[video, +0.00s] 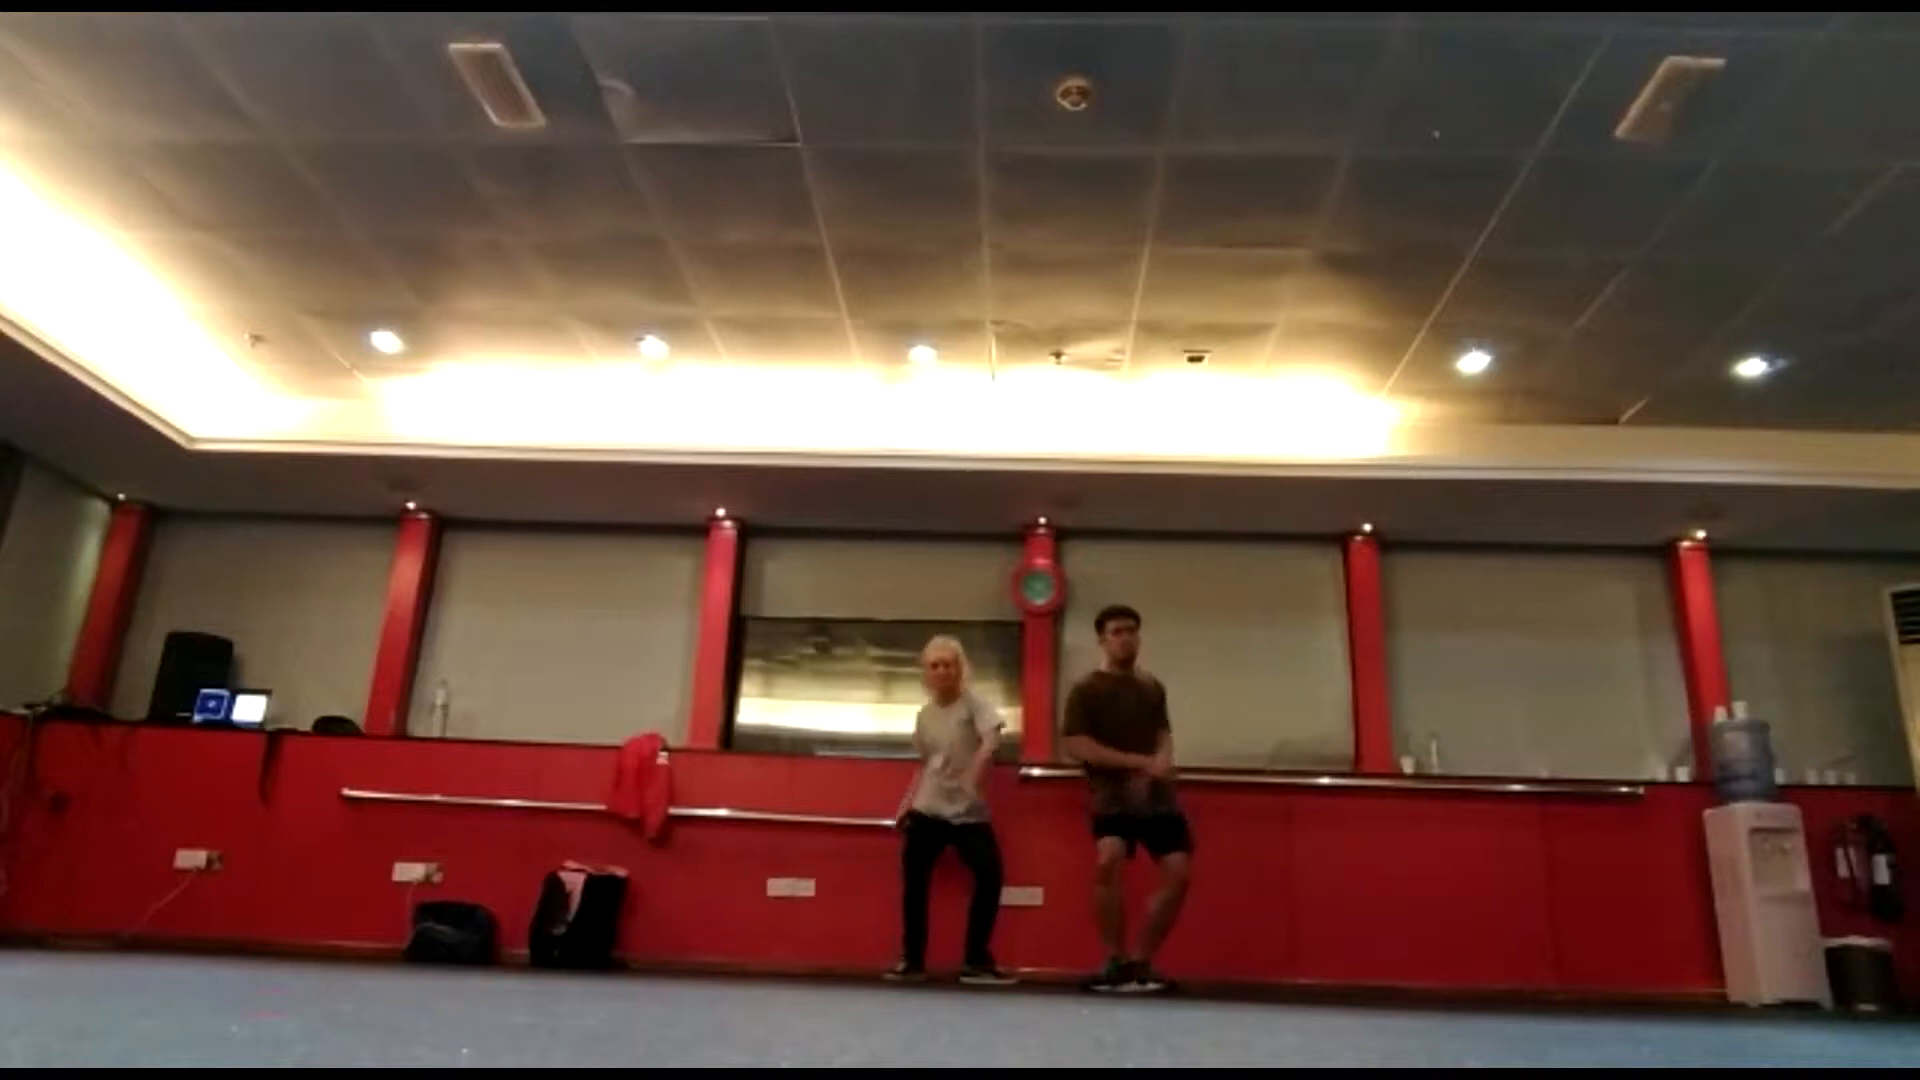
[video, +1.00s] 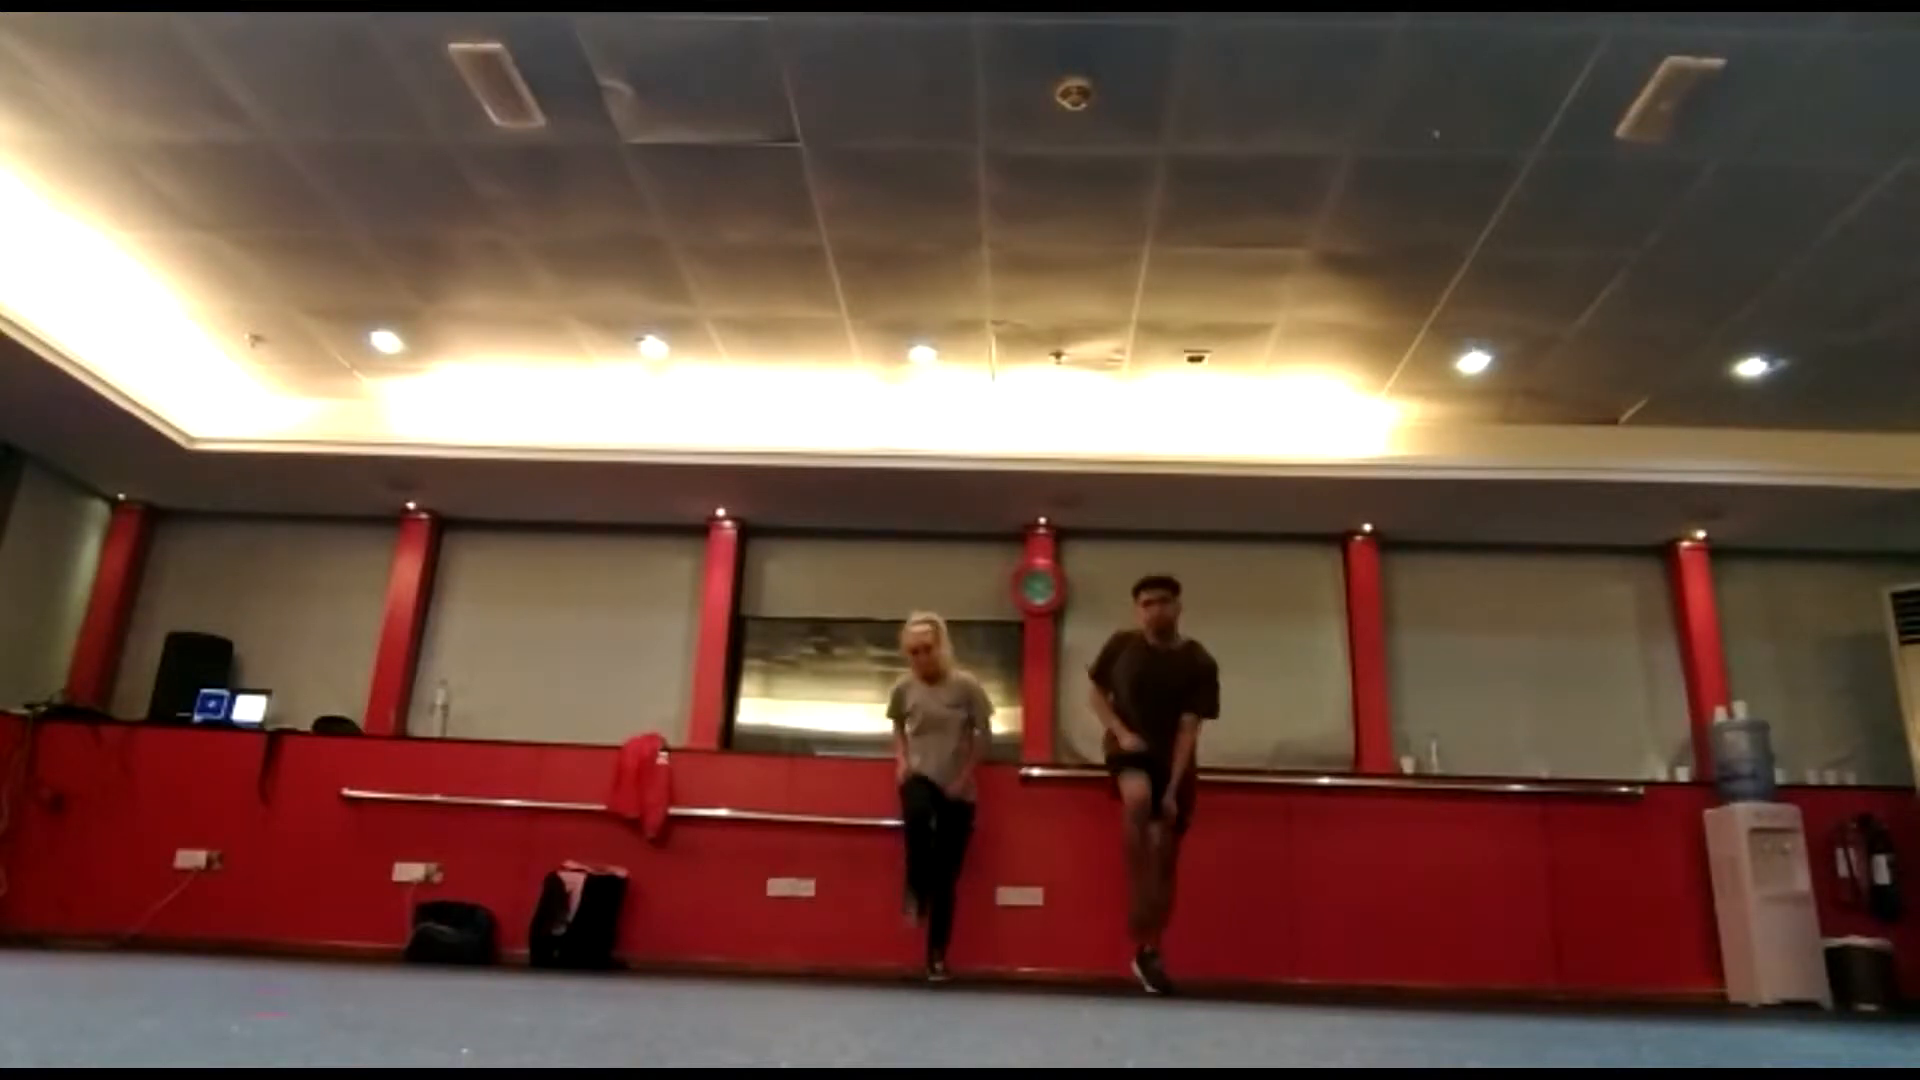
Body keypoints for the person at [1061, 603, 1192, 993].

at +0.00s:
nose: (1124, 639)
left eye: (1130, 631)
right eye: (1115, 632)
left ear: (1139, 637)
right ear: (1101, 640)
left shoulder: (1151, 689)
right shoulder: (1086, 690)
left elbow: (1162, 734)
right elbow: (1075, 744)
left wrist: (1162, 762)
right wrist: (1136, 762)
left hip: (1152, 791)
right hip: (1111, 793)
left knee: (1177, 869)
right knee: (1109, 858)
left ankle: (1142, 960)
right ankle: (1114, 957)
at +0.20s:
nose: (1144, 638)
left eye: (1150, 631)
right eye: (1136, 630)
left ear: (1159, 637)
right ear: (1121, 635)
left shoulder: (1171, 689)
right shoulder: (1095, 682)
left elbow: (1181, 747)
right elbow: (1071, 737)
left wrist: (1182, 800)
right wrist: (1110, 777)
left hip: (1151, 791)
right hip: (1104, 789)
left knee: (1160, 867)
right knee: (1093, 852)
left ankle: (1138, 961)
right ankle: (1102, 954)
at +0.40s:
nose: (1148, 631)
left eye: (1156, 625)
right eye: (1142, 623)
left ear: (1165, 631)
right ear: (1128, 626)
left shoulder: (1177, 681)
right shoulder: (1097, 671)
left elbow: (1205, 729)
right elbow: (1065, 717)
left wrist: (1203, 778)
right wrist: (1095, 761)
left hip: (1153, 788)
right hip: (1104, 784)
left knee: (1151, 869)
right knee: (1093, 861)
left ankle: (1136, 962)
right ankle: (1094, 943)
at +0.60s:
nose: (1162, 664)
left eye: (1170, 658)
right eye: (1157, 655)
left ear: (1180, 665)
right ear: (1143, 656)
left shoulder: (1179, 715)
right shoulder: (1110, 693)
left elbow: (1214, 764)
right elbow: (1073, 739)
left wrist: (1208, 788)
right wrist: (1098, 789)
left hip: (1154, 807)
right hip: (1108, 803)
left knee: (1162, 879)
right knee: (1104, 887)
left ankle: (1136, 965)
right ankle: (1098, 963)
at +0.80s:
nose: (1171, 619)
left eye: (1180, 612)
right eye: (1166, 610)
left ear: (1192, 619)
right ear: (1154, 613)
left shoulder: (1195, 675)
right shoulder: (1123, 645)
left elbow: (1183, 736)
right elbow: (1090, 691)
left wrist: (1179, 790)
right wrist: (1104, 737)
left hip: (1158, 763)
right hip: (1115, 752)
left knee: (1154, 851)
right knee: (1113, 809)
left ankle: (1141, 948)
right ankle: (1106, 850)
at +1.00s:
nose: (1154, 610)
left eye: (1162, 602)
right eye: (1147, 603)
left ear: (1177, 607)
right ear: (1137, 609)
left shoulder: (1197, 660)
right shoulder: (1122, 646)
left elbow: (1188, 730)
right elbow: (1097, 692)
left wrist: (1172, 788)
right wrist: (1120, 732)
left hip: (1173, 754)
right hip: (1131, 745)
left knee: (1162, 846)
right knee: (1137, 797)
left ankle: (1151, 948)